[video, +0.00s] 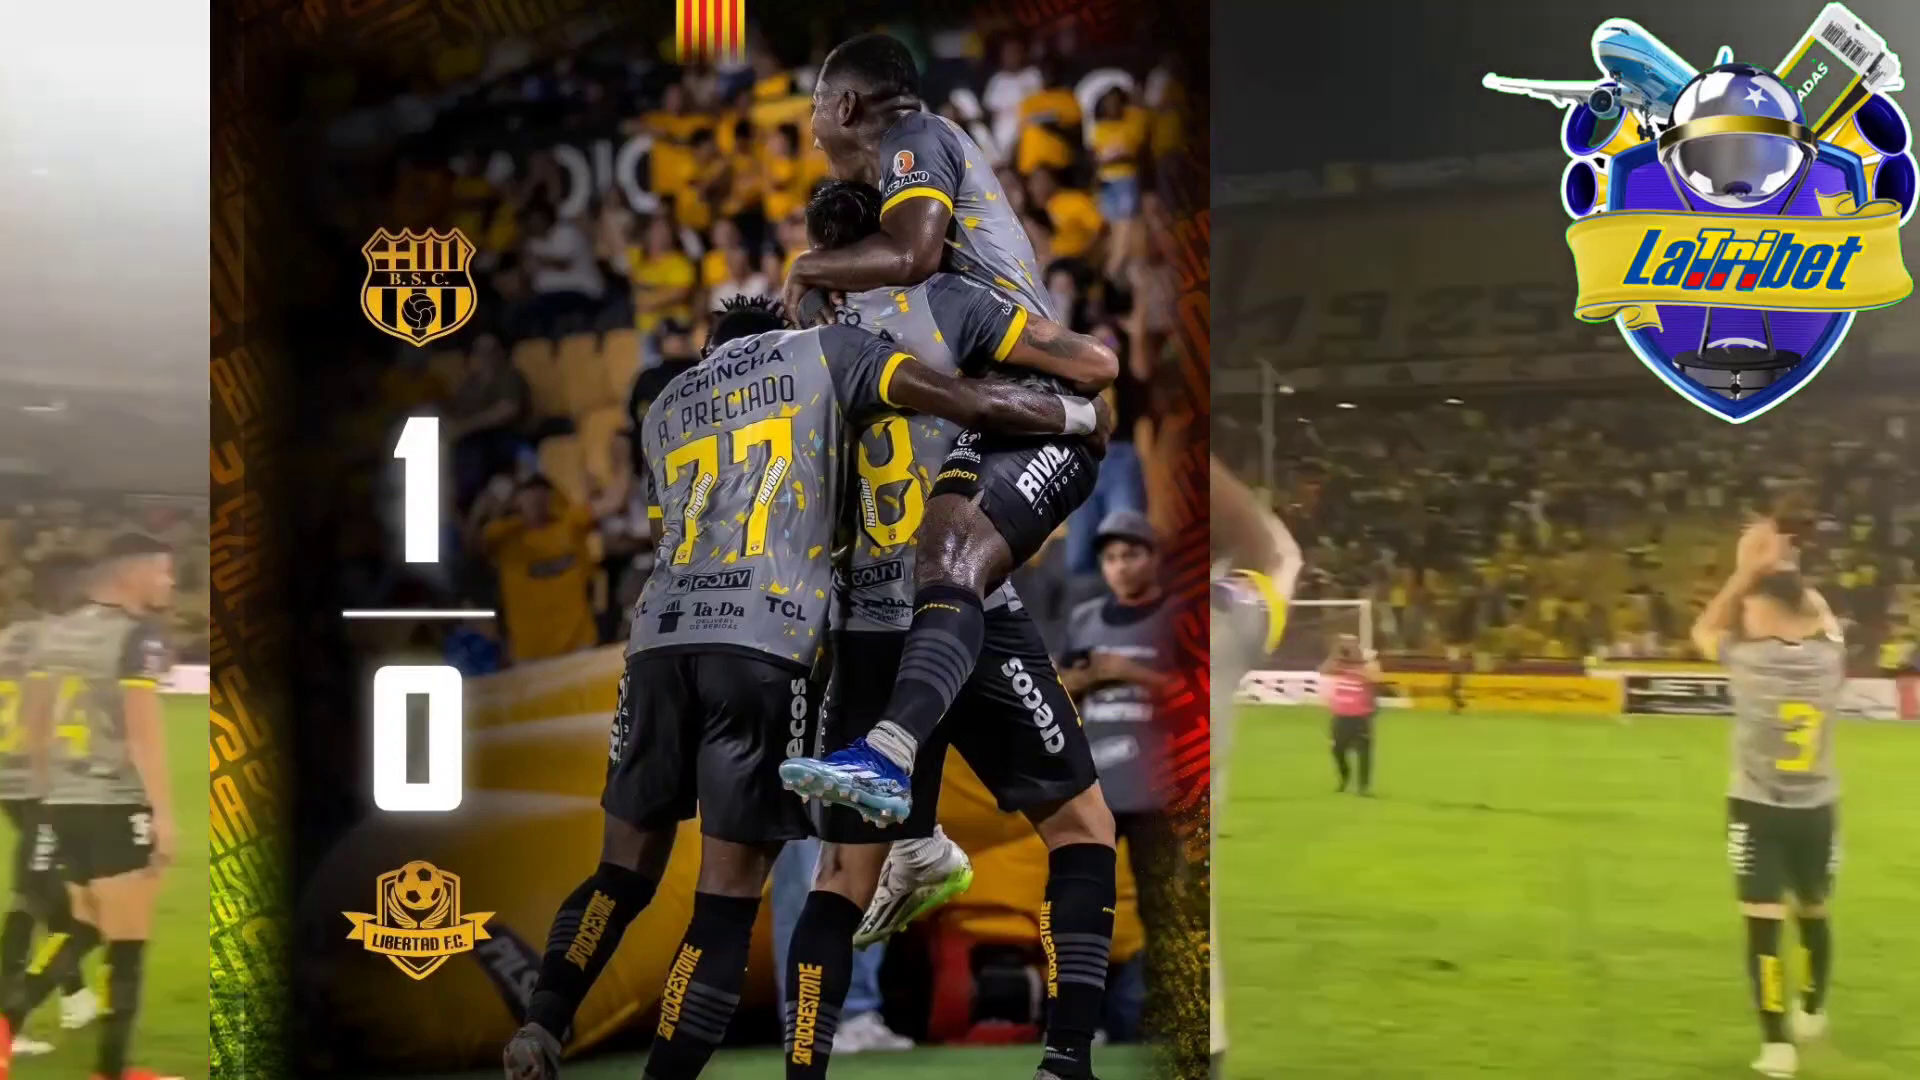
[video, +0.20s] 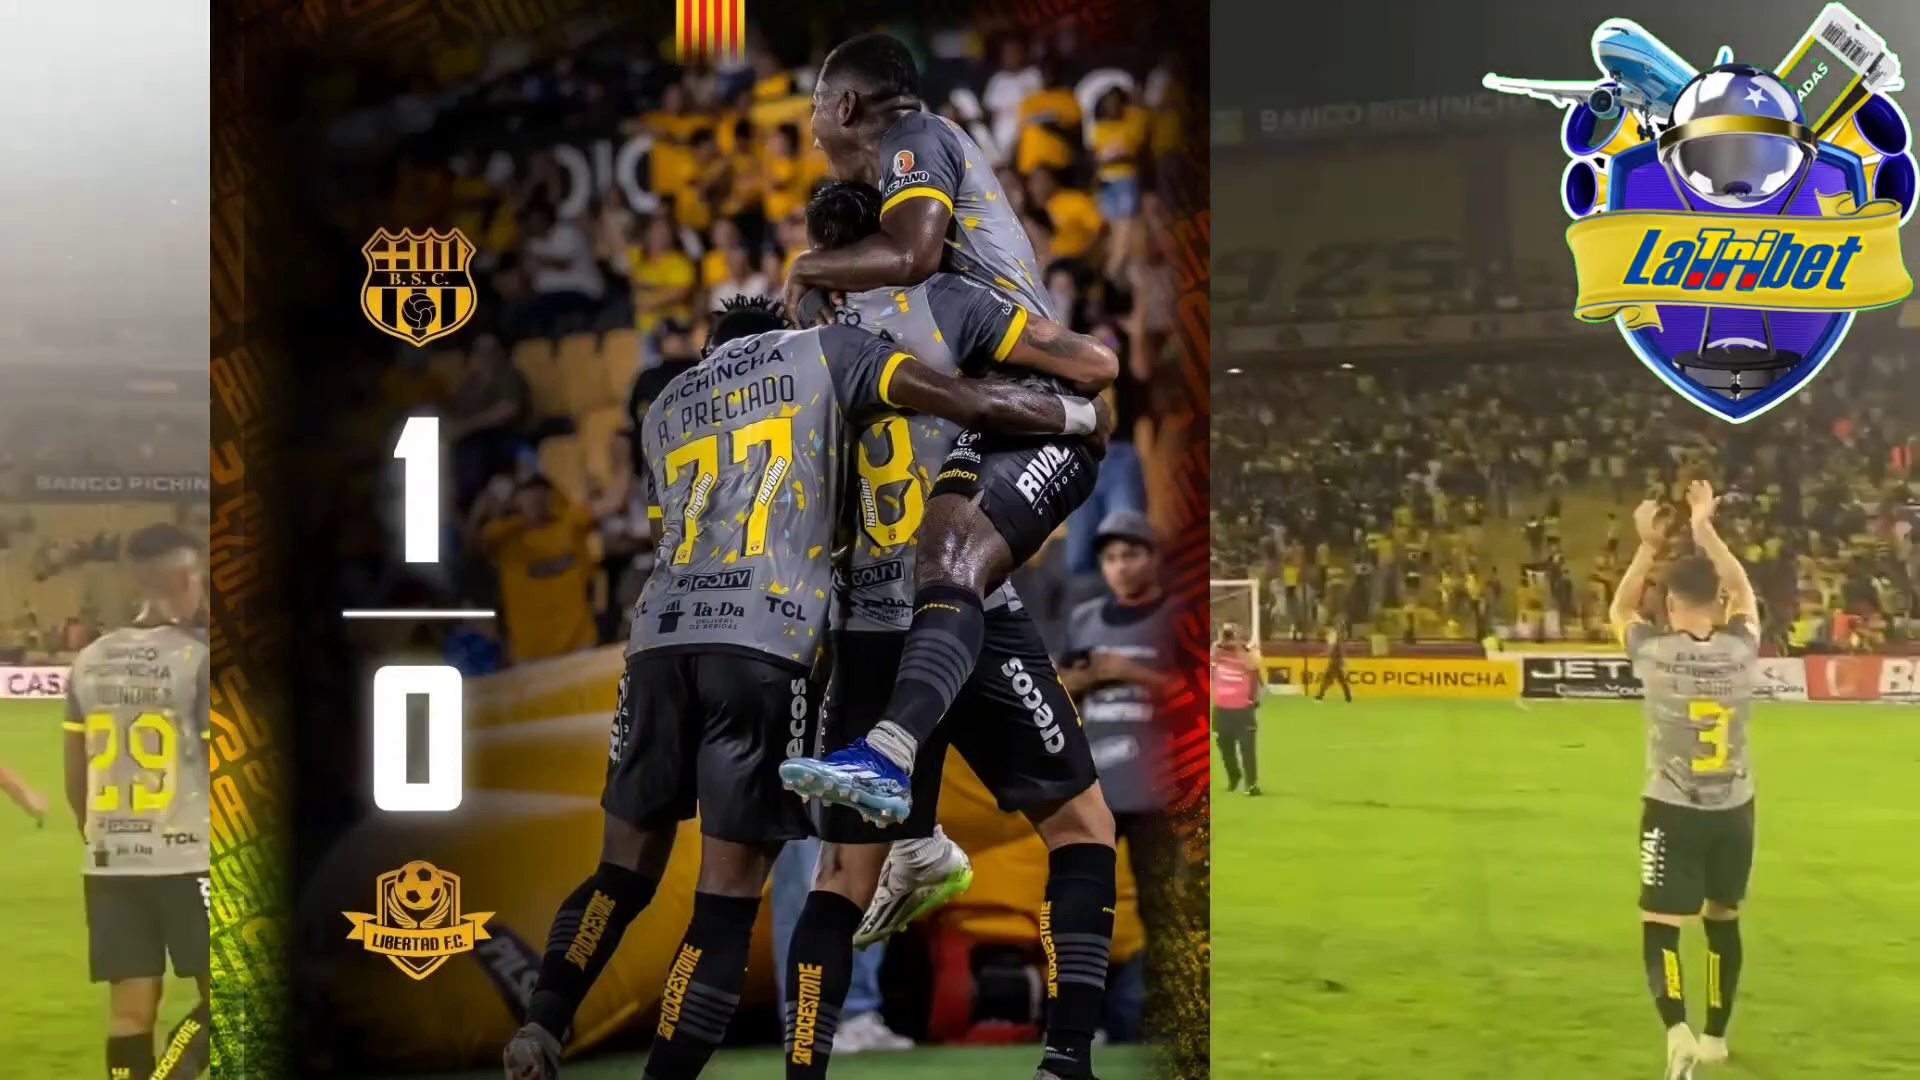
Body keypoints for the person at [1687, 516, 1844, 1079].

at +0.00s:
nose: (1743, 621)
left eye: (1749, 614)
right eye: (1748, 611)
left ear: (1761, 616)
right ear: (1803, 610)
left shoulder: (1745, 657)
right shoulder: (1830, 652)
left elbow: (1703, 629)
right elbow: (1819, 609)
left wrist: (1743, 576)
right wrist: (1790, 577)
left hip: (1756, 805)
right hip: (1815, 804)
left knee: (1762, 921)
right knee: (1814, 910)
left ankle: (1776, 1041)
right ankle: (1814, 1009)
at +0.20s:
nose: (1660, 601)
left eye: (1664, 595)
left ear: (1668, 602)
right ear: (1722, 600)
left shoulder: (1652, 652)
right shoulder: (1741, 650)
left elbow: (1623, 609)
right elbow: (1740, 588)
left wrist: (1647, 548)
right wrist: (1705, 526)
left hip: (1671, 812)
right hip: (1734, 812)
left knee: (1661, 929)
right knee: (1723, 921)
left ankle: (1676, 1030)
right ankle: (1715, 1039)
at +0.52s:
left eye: (1714, 570)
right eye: (1748, 569)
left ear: (1707, 582)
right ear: (1766, 579)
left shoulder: (1689, 634)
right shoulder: (1785, 629)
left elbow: (1676, 587)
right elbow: (1799, 566)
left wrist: (1703, 531)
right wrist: (1758, 503)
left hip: (1704, 811)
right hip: (1774, 811)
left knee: (1694, 924)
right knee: (1764, 946)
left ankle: (1701, 1054)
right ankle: (1752, 1073)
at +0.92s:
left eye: (1631, 559)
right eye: (1684, 563)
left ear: (1626, 565)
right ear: (1682, 569)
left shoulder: (1598, 623)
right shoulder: (1703, 623)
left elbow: (1604, 568)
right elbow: (1739, 565)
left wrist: (1658, 503)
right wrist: (1692, 504)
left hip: (1613, 809)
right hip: (1684, 813)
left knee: (1620, 934)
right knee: (1696, 947)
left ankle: (1621, 1068)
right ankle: (1661, 1045)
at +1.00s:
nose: (1622, 588)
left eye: (1574, 573)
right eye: (1615, 577)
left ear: (1564, 576)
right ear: (1613, 580)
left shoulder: (1531, 627)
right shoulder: (1630, 630)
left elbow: (1531, 583)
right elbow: (1673, 570)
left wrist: (1559, 527)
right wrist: (1630, 501)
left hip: (1544, 810)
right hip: (1618, 812)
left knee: (1545, 947)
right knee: (1639, 938)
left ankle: (1541, 1069)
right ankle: (1595, 1052)